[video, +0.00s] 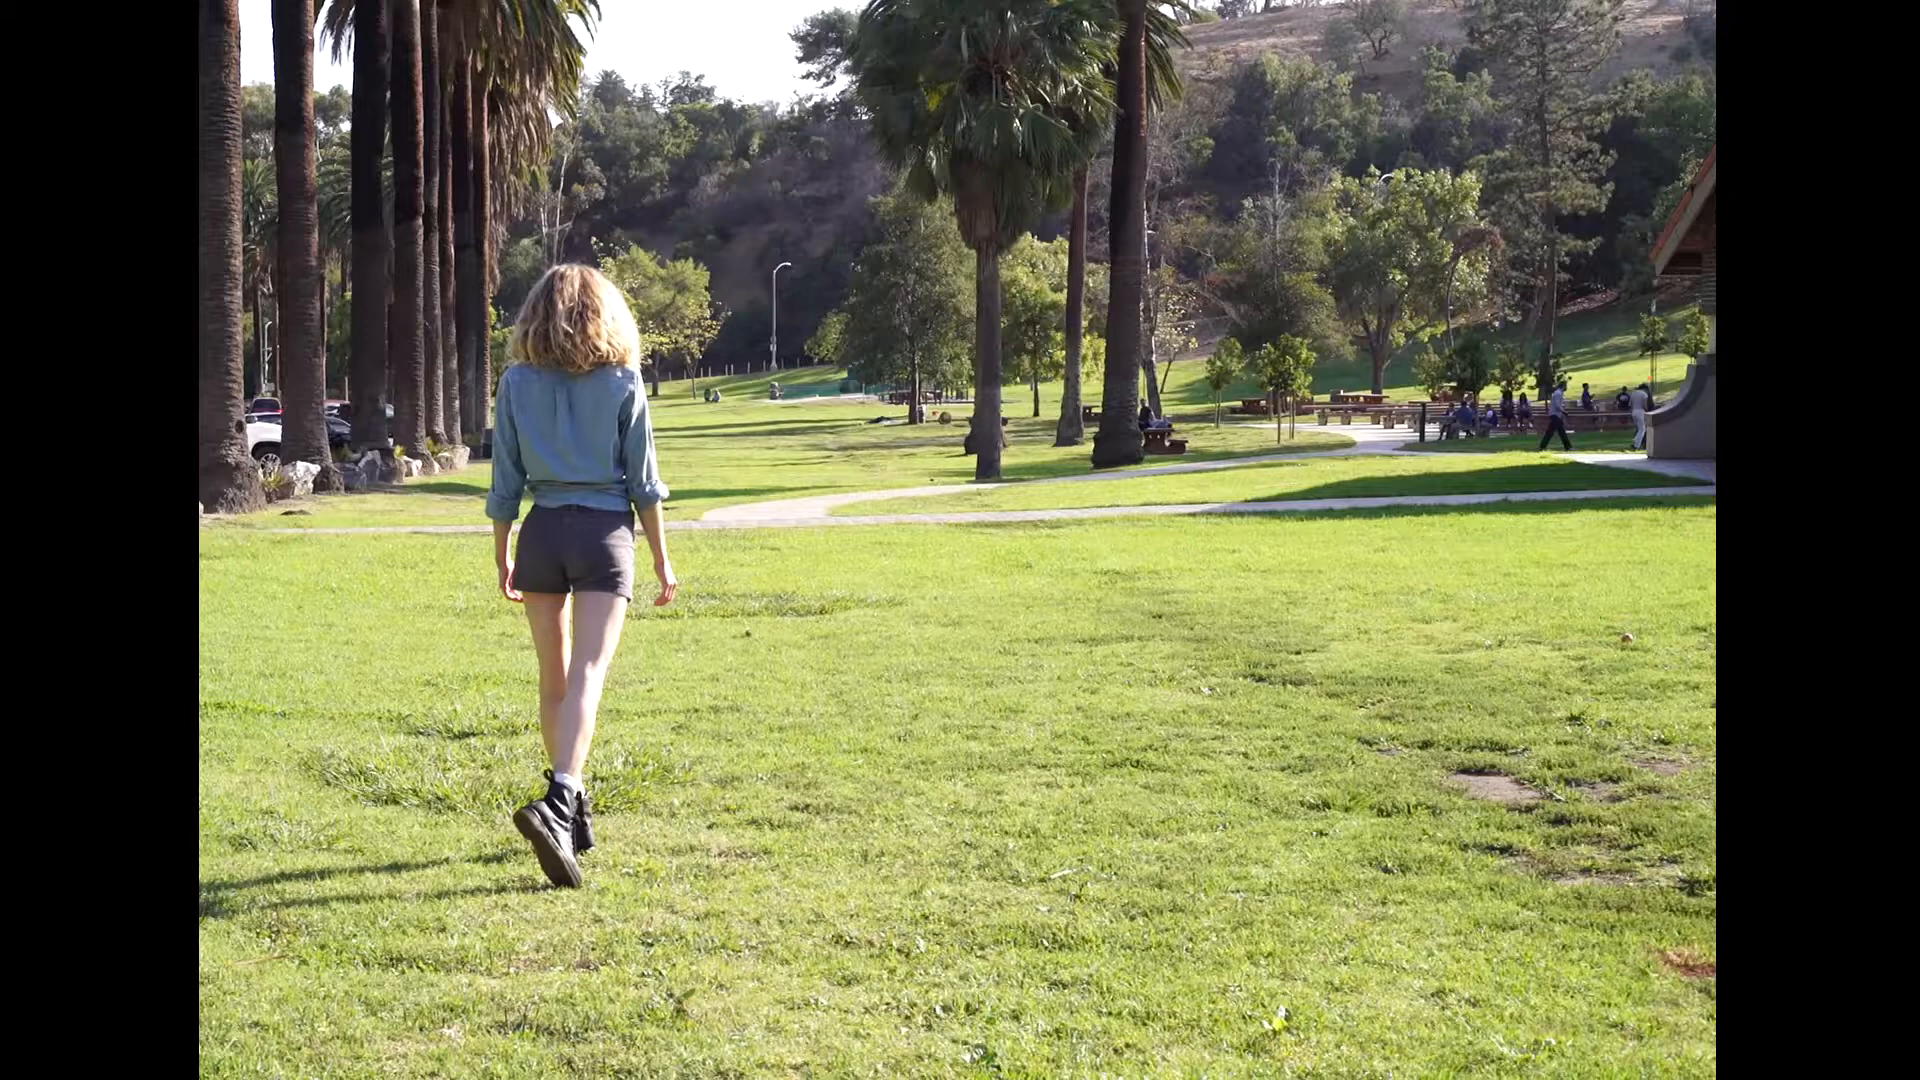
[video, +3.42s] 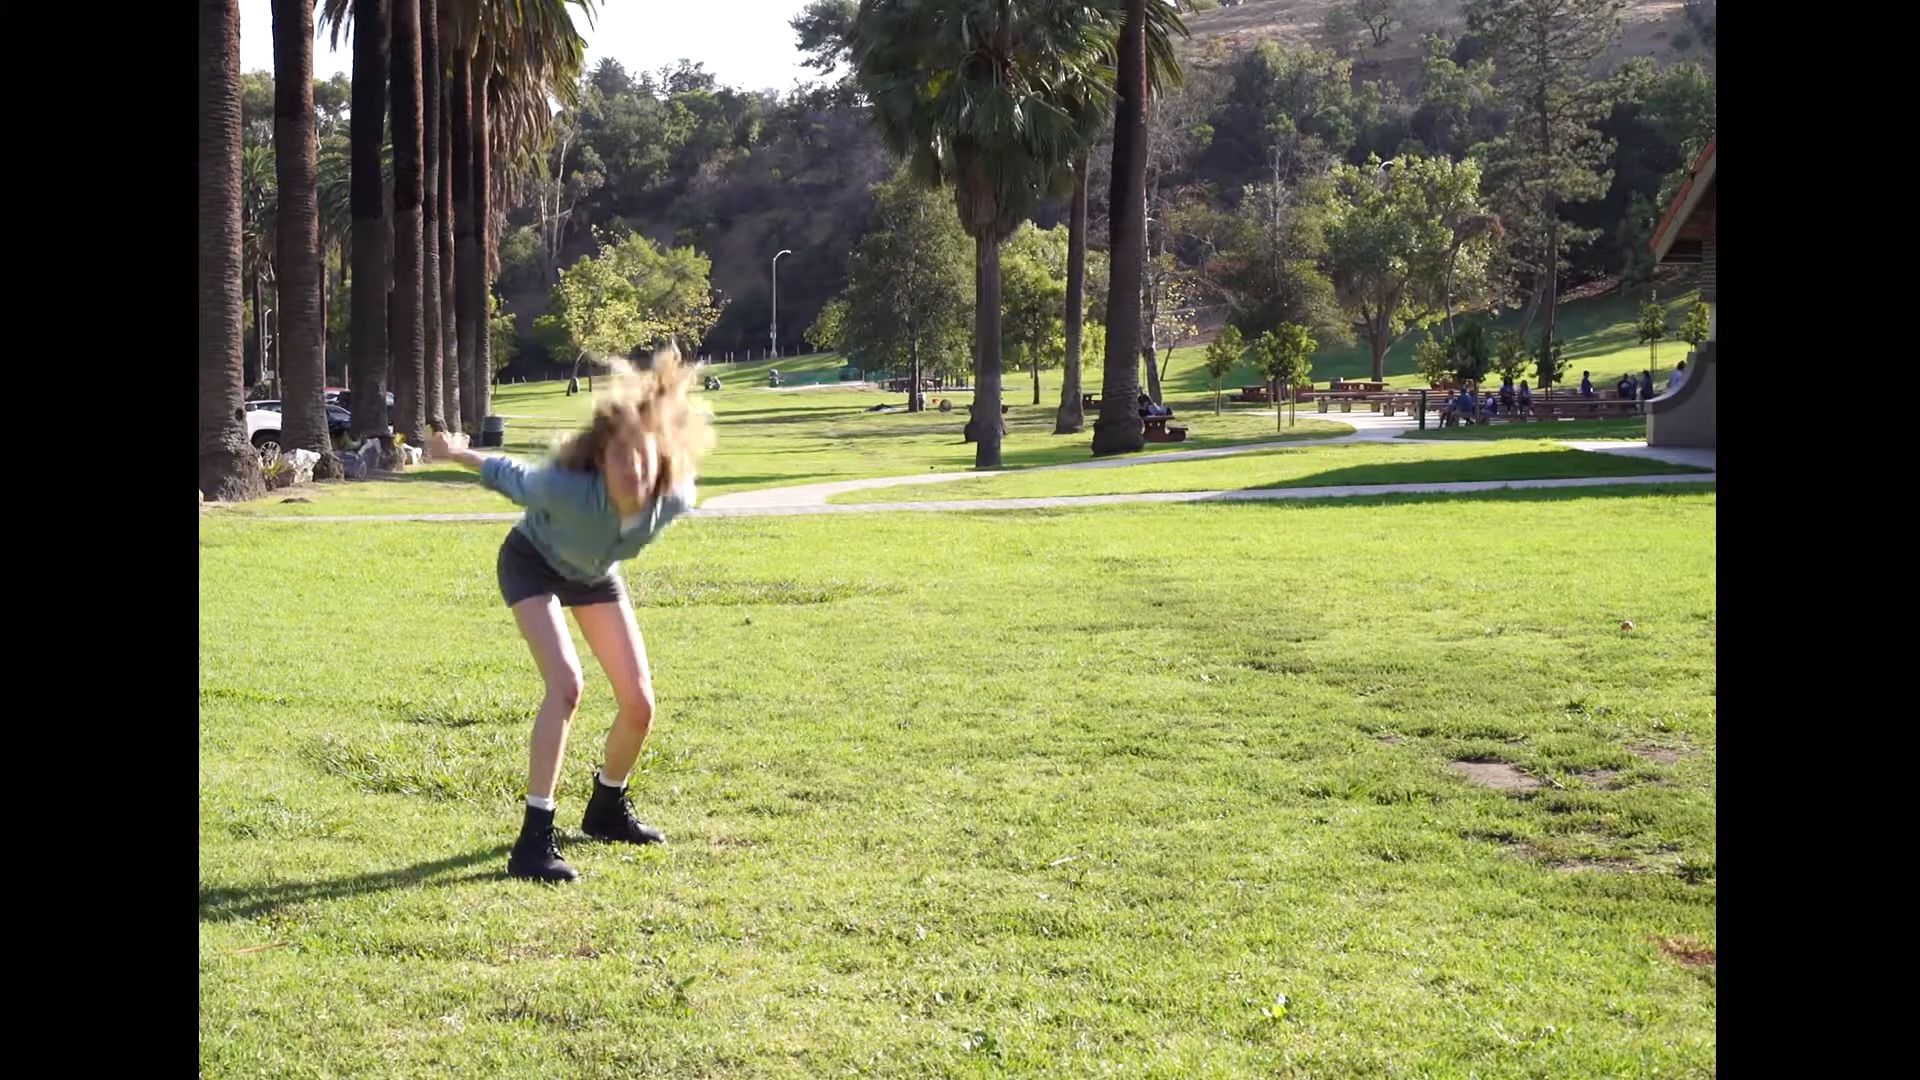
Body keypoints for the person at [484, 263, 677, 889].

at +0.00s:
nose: (615, 323)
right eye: (610, 311)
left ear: (537, 319)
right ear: (606, 318)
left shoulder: (516, 381)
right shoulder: (623, 382)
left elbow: (506, 476)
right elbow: (642, 480)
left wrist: (502, 553)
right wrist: (662, 558)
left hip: (540, 529)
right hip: (605, 530)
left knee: (553, 678)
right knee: (587, 672)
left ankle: (575, 808)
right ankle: (557, 802)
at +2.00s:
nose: (620, 311)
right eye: (615, 300)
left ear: (540, 307)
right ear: (610, 307)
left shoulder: (518, 371)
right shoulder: (625, 372)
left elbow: (509, 468)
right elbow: (644, 470)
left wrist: (507, 543)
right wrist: (663, 549)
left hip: (541, 517)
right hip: (606, 517)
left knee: (553, 663)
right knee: (588, 660)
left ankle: (576, 795)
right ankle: (558, 790)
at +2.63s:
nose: (570, 325)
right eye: (564, 318)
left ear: (514, 357)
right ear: (555, 325)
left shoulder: (526, 413)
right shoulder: (587, 344)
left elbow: (541, 500)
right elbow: (617, 395)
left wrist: (557, 556)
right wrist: (651, 454)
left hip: (553, 521)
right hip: (597, 506)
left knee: (575, 668)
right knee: (573, 671)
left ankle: (579, 804)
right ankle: (529, 822)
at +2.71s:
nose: (587, 341)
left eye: (584, 336)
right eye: (578, 332)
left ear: (524, 350)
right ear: (557, 326)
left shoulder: (542, 409)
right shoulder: (553, 337)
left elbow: (582, 510)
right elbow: (575, 394)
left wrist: (639, 586)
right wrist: (600, 446)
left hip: (605, 524)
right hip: (593, 518)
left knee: (600, 682)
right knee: (577, 685)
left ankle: (588, 809)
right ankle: (528, 834)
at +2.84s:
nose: (564, 333)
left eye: (571, 324)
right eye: (551, 322)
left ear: (584, 334)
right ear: (531, 332)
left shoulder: (599, 396)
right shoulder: (516, 384)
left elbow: (636, 496)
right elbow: (492, 442)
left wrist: (684, 571)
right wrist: (474, 487)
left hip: (630, 537)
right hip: (575, 533)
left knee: (613, 689)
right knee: (575, 693)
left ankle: (593, 809)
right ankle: (529, 837)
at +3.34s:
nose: (623, 388)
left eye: (633, 377)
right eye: (610, 380)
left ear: (653, 390)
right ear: (594, 396)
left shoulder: (671, 450)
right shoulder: (568, 446)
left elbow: (675, 480)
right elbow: (505, 461)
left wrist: (675, 504)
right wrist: (460, 465)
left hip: (601, 565)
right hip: (535, 552)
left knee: (639, 704)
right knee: (563, 687)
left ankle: (606, 809)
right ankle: (533, 840)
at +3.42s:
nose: (635, 463)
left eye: (646, 448)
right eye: (621, 449)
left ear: (665, 456)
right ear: (600, 456)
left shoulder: (673, 500)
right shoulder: (561, 489)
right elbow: (500, 470)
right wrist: (456, 451)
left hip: (595, 569)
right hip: (531, 558)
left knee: (639, 704)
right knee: (565, 686)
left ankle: (606, 809)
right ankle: (534, 841)